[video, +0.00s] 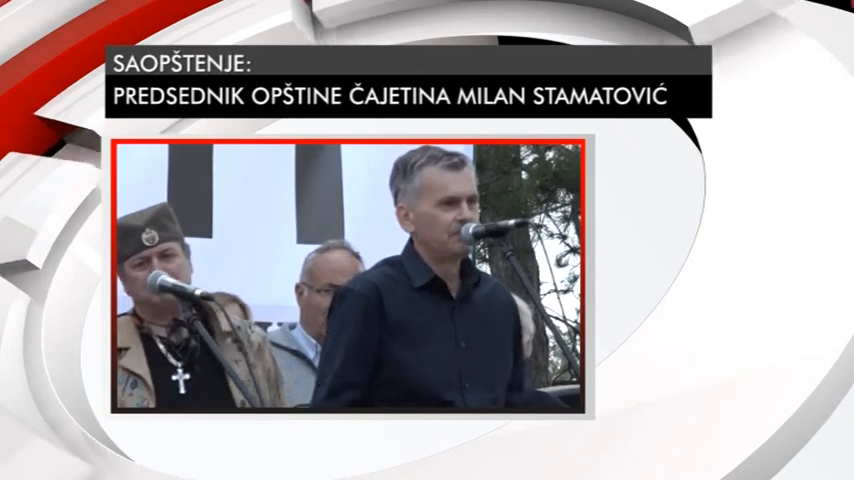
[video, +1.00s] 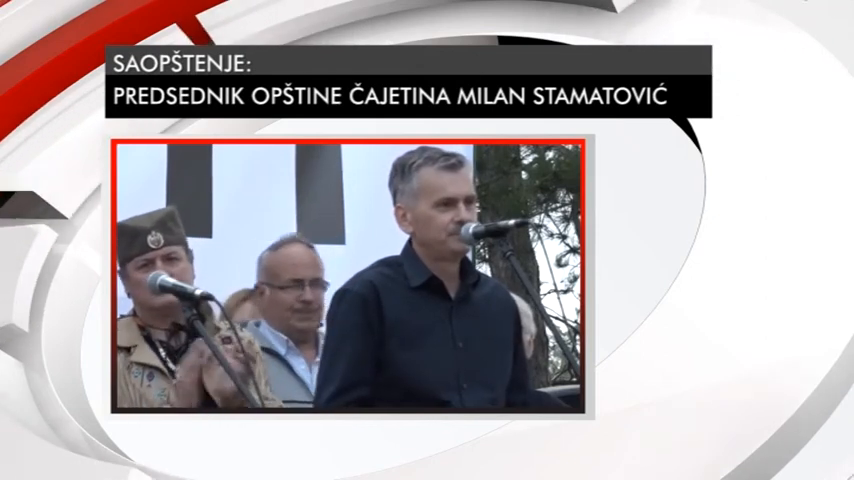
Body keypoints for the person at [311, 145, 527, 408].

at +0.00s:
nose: (466, 215)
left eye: (472, 202)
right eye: (449, 204)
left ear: (479, 206)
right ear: (406, 216)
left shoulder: (499, 301)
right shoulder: (367, 298)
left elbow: (513, 405)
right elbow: (330, 414)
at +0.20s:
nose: (464, 218)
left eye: (470, 204)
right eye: (447, 206)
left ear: (478, 207)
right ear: (404, 218)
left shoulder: (500, 301)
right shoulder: (367, 297)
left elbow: (522, 403)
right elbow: (332, 413)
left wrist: (584, 423)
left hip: (492, 460)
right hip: (397, 463)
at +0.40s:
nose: (463, 218)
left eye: (469, 204)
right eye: (446, 206)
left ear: (477, 207)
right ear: (404, 219)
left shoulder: (498, 300)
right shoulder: (366, 297)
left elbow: (521, 402)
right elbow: (340, 415)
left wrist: (581, 422)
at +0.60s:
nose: (463, 218)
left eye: (468, 203)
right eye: (445, 206)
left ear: (477, 207)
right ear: (402, 218)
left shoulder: (497, 300)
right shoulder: (365, 297)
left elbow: (520, 404)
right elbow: (339, 413)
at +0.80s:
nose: (463, 217)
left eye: (468, 203)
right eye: (444, 206)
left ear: (477, 207)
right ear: (403, 217)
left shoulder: (497, 300)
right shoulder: (365, 297)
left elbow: (519, 403)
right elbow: (336, 412)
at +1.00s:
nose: (464, 216)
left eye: (470, 203)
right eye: (445, 205)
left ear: (478, 208)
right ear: (403, 217)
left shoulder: (498, 302)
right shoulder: (363, 299)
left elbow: (519, 406)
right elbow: (335, 415)